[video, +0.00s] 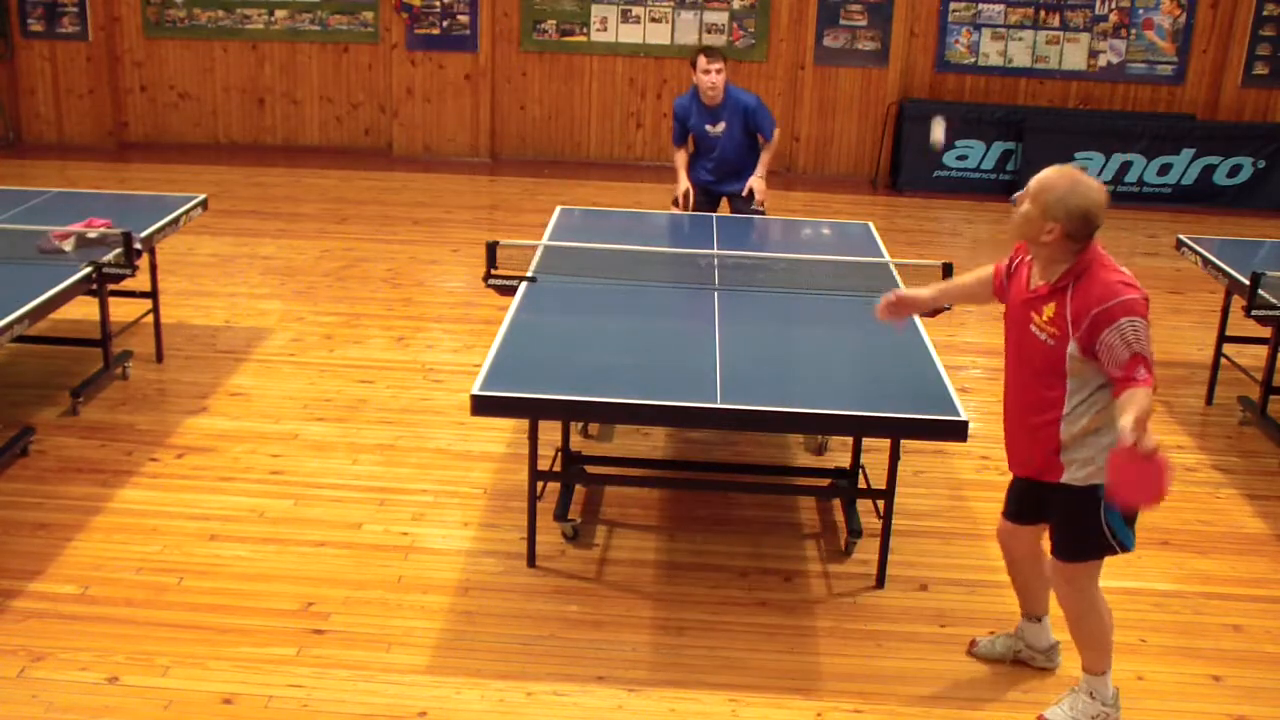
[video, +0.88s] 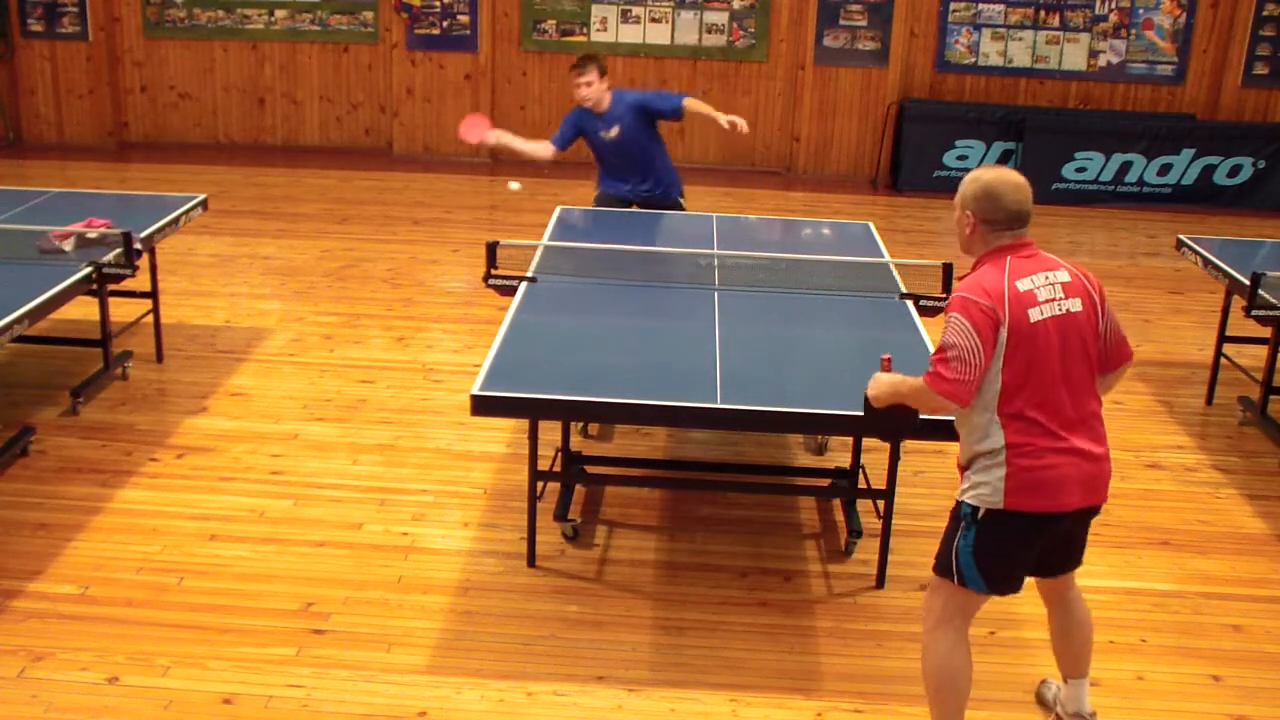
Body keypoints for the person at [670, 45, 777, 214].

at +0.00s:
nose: (713, 79)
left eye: (718, 72)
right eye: (706, 73)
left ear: (726, 74)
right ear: (694, 77)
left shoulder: (747, 104)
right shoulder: (684, 107)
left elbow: (772, 134)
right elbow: (680, 146)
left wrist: (759, 175)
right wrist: (682, 179)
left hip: (741, 179)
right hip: (704, 178)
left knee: (750, 237)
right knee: (693, 233)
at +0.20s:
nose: (698, 61)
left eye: (704, 54)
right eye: (692, 55)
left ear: (711, 57)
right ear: (680, 59)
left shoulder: (732, 90)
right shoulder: (666, 93)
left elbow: (747, 124)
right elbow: (656, 131)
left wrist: (739, 157)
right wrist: (660, 164)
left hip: (719, 176)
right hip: (678, 176)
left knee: (733, 236)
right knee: (661, 231)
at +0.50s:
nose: (678, 62)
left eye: (685, 55)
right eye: (672, 56)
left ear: (694, 57)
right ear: (663, 59)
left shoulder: (714, 91)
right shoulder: (652, 92)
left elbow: (736, 129)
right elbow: (638, 132)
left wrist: (721, 159)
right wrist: (625, 154)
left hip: (698, 180)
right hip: (656, 178)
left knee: (709, 238)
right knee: (629, 226)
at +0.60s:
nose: (662, 67)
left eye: (668, 60)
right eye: (656, 61)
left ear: (679, 61)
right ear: (649, 64)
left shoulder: (702, 92)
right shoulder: (642, 97)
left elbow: (734, 126)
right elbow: (621, 133)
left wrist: (723, 153)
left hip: (694, 182)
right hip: (652, 178)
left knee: (702, 244)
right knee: (621, 224)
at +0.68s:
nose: (643, 70)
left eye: (649, 63)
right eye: (638, 65)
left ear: (663, 63)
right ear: (632, 67)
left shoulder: (688, 91)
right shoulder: (630, 99)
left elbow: (727, 114)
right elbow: (603, 131)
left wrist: (728, 140)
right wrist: (560, 133)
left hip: (688, 182)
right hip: (647, 178)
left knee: (701, 245)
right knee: (615, 227)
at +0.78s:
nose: (614, 78)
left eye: (621, 70)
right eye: (609, 72)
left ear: (636, 68)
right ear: (604, 74)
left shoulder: (663, 93)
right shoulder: (607, 103)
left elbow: (708, 103)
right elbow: (575, 131)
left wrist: (727, 125)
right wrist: (532, 126)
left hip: (677, 185)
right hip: (635, 183)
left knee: (684, 247)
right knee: (609, 236)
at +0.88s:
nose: (582, 92)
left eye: (587, 84)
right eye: (577, 87)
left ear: (605, 82)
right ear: (573, 90)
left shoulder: (634, 102)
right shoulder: (579, 119)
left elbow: (682, 104)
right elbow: (548, 150)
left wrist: (718, 117)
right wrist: (503, 138)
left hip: (660, 192)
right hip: (614, 194)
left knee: (674, 253)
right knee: (597, 250)